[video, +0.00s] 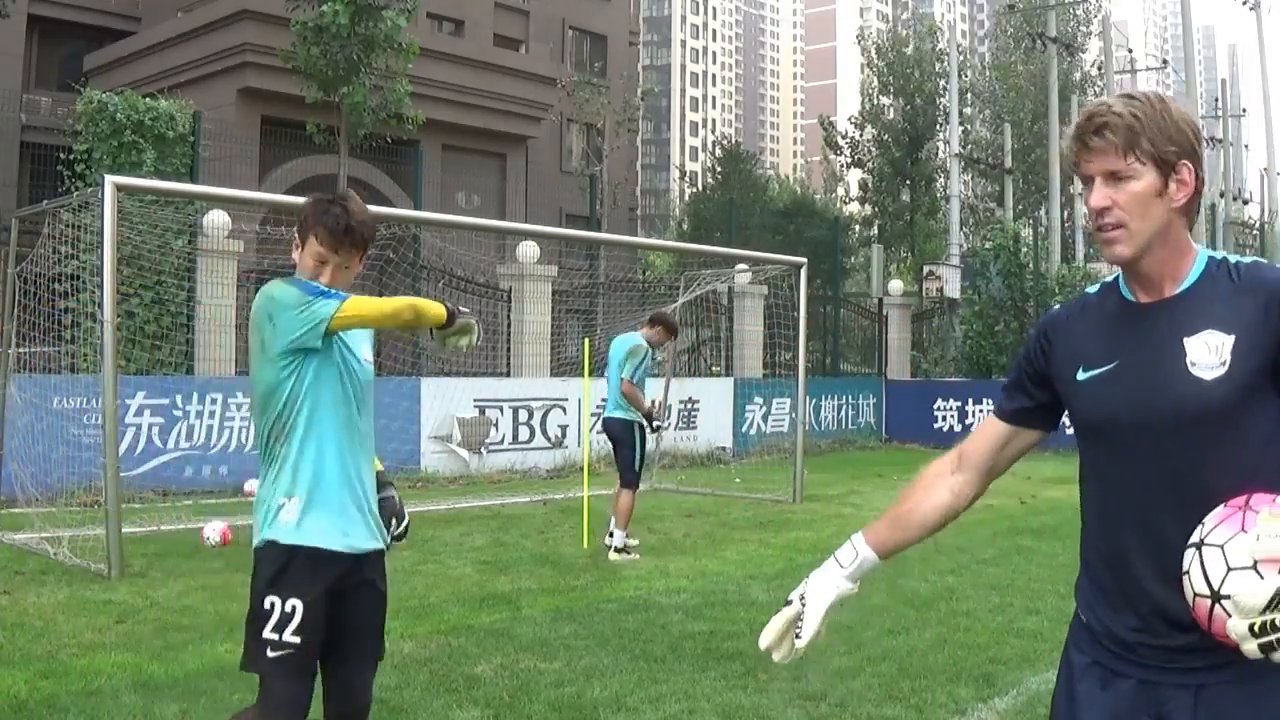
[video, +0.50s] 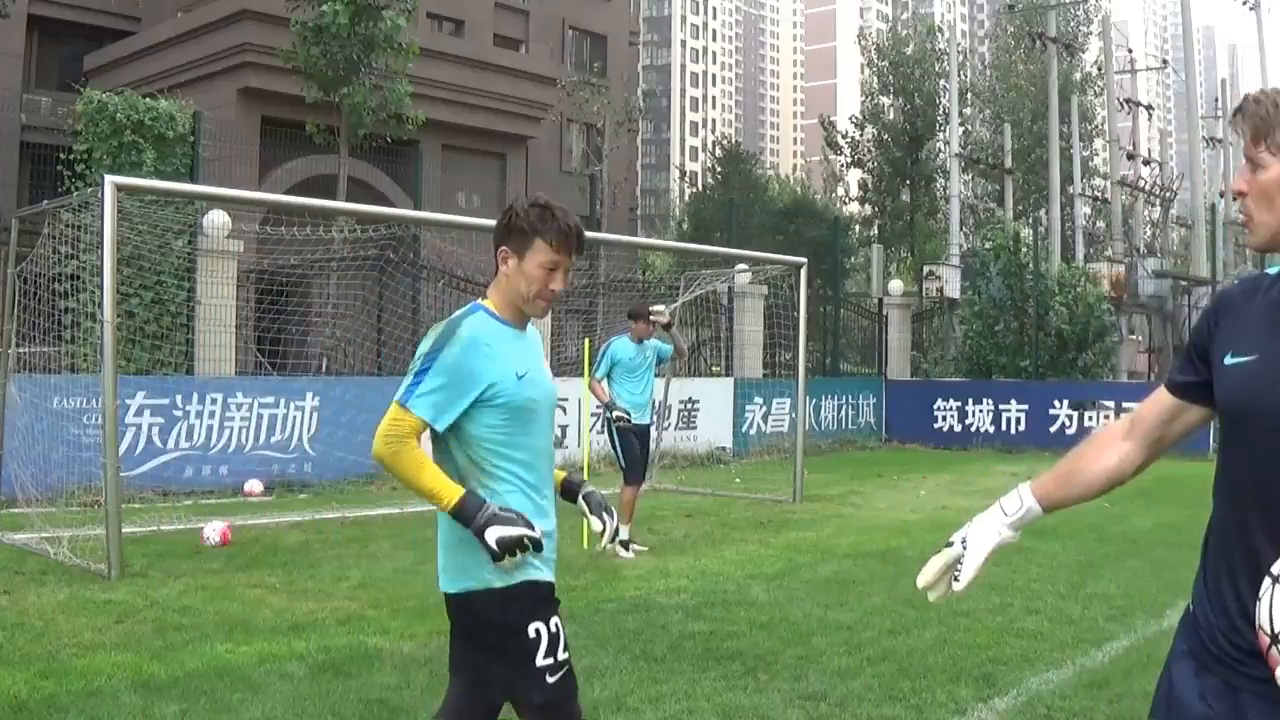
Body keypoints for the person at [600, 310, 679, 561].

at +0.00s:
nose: (664, 344)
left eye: (667, 340)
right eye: (665, 338)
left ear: (649, 326)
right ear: (656, 328)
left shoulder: (621, 340)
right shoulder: (641, 348)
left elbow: (617, 384)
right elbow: (626, 387)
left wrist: (645, 407)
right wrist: (647, 412)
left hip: (612, 418)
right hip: (627, 420)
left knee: (625, 480)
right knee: (630, 484)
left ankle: (614, 530)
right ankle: (618, 545)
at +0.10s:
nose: (662, 345)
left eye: (665, 341)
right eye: (664, 339)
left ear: (650, 328)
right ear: (653, 329)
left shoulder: (627, 342)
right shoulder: (636, 347)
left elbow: (626, 376)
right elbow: (619, 385)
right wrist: (642, 412)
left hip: (619, 418)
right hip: (625, 420)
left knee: (625, 482)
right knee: (630, 484)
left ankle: (622, 535)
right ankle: (618, 545)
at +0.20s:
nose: (660, 341)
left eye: (662, 337)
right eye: (660, 335)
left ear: (651, 331)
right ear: (647, 328)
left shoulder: (641, 351)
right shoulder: (628, 346)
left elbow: (660, 375)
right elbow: (607, 384)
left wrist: (665, 349)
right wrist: (633, 409)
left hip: (630, 421)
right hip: (621, 421)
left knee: (633, 483)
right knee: (633, 484)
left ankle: (623, 537)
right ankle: (618, 544)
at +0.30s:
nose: (658, 336)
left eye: (660, 332)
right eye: (657, 331)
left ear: (652, 330)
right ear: (643, 325)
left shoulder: (647, 350)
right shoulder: (624, 346)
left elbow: (670, 368)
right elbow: (602, 383)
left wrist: (669, 343)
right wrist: (625, 408)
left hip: (635, 420)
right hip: (618, 420)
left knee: (637, 481)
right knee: (636, 481)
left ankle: (622, 536)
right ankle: (618, 540)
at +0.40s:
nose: (655, 332)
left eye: (656, 328)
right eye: (652, 327)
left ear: (653, 328)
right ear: (639, 323)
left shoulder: (652, 348)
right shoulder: (618, 345)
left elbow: (679, 358)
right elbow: (596, 381)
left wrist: (670, 334)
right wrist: (615, 405)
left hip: (641, 421)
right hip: (619, 419)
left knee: (638, 481)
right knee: (636, 480)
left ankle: (622, 535)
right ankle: (616, 538)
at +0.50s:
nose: (653, 328)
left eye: (654, 324)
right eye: (649, 324)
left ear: (652, 326)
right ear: (635, 323)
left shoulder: (653, 346)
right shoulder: (615, 347)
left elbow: (681, 353)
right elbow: (594, 381)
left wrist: (669, 327)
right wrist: (610, 406)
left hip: (643, 421)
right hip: (620, 419)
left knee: (637, 480)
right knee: (633, 476)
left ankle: (623, 533)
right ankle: (622, 537)